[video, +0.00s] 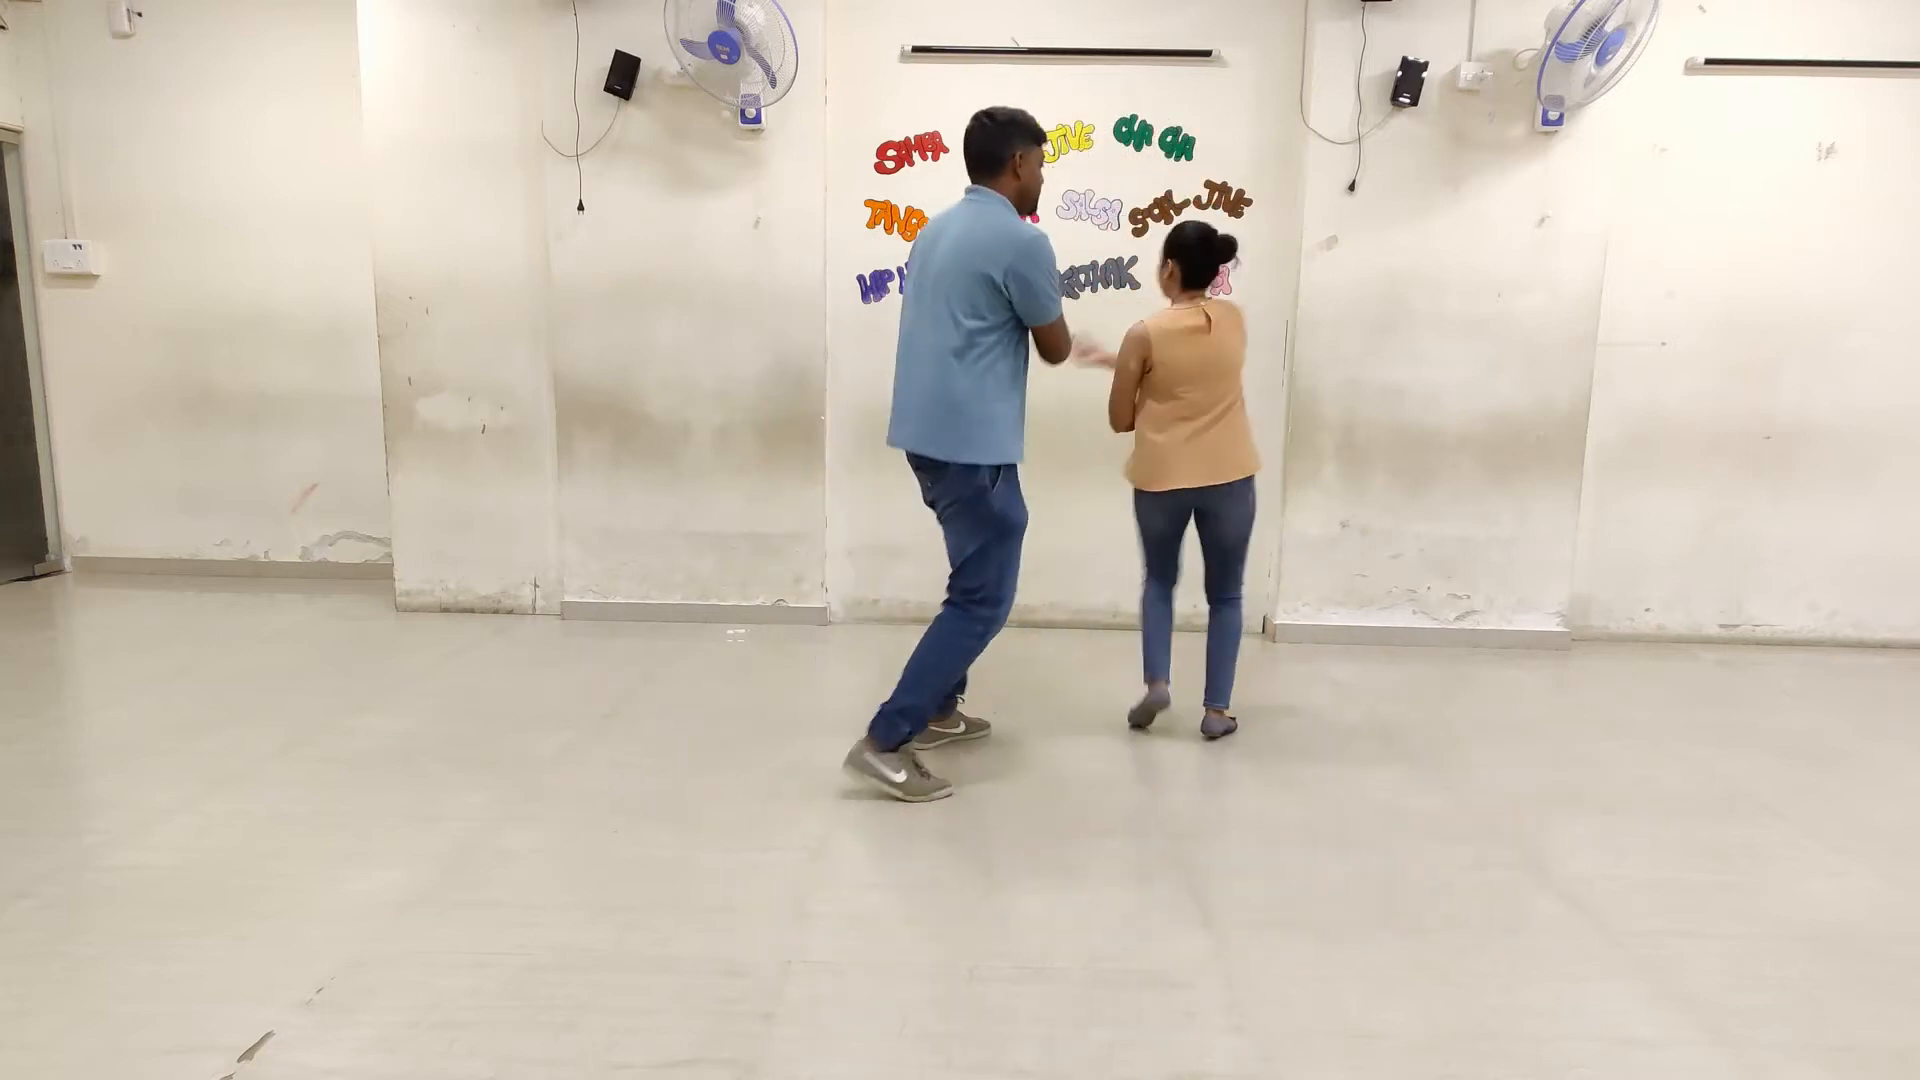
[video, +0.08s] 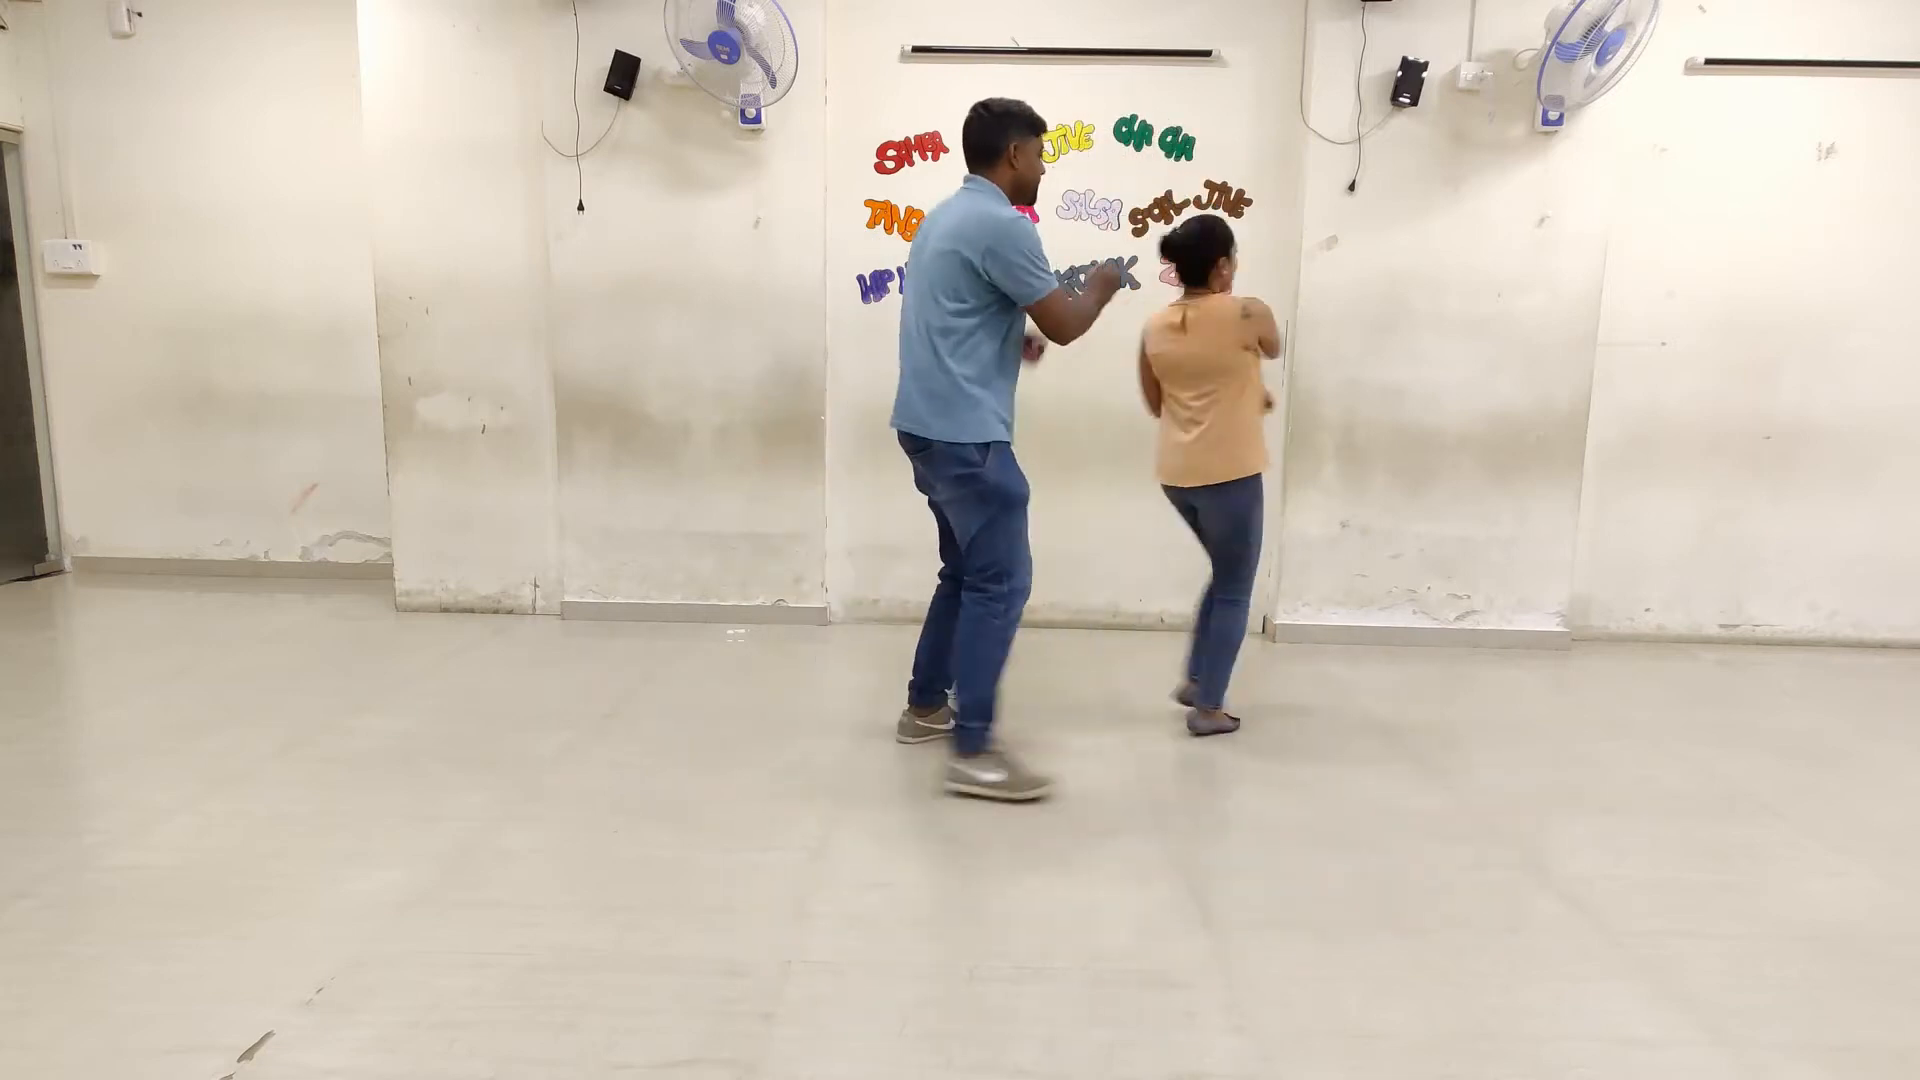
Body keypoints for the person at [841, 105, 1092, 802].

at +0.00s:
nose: (1044, 175)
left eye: (1042, 162)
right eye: (1039, 163)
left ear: (980, 167)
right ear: (1018, 165)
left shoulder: (938, 228)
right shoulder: (1020, 241)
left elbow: (966, 327)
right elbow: (1056, 349)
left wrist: (1070, 349)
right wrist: (1035, 306)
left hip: (923, 432)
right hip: (974, 443)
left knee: (974, 576)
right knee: (982, 600)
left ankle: (939, 708)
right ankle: (884, 743)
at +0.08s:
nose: (1044, 165)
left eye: (1043, 152)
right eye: (1039, 152)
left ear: (983, 154)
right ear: (1010, 154)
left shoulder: (946, 215)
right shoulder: (999, 225)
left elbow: (947, 317)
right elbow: (1067, 323)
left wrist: (1010, 337)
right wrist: (1099, 284)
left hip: (927, 423)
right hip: (968, 436)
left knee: (964, 571)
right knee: (1000, 583)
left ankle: (927, 704)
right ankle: (972, 749)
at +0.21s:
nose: (1044, 171)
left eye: (1043, 158)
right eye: (1038, 157)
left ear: (990, 161)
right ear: (1008, 158)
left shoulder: (953, 218)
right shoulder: (987, 226)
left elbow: (938, 324)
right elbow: (1066, 318)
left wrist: (995, 379)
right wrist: (1121, 281)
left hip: (928, 423)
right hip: (958, 431)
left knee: (963, 571)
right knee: (1004, 579)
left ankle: (924, 705)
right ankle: (1028, 742)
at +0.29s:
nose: (1038, 176)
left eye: (1037, 163)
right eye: (1032, 163)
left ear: (987, 164)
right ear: (1002, 162)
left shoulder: (952, 220)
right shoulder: (978, 226)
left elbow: (1044, 307)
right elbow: (1056, 314)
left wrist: (1116, 294)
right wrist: (1153, 283)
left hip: (917, 422)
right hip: (952, 427)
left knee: (967, 566)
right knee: (1022, 565)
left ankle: (926, 706)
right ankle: (1037, 729)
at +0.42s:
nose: (1025, 189)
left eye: (1024, 175)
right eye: (1021, 174)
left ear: (966, 171)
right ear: (994, 171)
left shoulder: (924, 230)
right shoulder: (982, 236)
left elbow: (876, 320)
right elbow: (1052, 327)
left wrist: (890, 415)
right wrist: (1167, 330)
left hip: (910, 434)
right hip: (955, 439)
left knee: (977, 562)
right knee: (1025, 568)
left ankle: (929, 696)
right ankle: (958, 712)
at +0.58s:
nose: (1013, 218)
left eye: (1013, 206)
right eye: (1013, 205)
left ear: (951, 196)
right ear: (994, 199)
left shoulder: (894, 256)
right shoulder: (988, 266)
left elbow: (838, 341)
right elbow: (1031, 374)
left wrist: (838, 437)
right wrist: (1105, 391)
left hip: (893, 460)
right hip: (948, 466)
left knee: (967, 574)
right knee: (982, 606)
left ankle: (943, 691)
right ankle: (891, 735)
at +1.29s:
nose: (1020, 252)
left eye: (1024, 238)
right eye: (1021, 236)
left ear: (968, 217)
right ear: (1000, 221)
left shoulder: (903, 263)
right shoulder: (981, 277)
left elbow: (850, 356)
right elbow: (990, 383)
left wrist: (907, 401)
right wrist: (1045, 434)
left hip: (870, 453)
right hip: (922, 459)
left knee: (952, 579)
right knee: (965, 607)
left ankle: (935, 700)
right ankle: (887, 746)